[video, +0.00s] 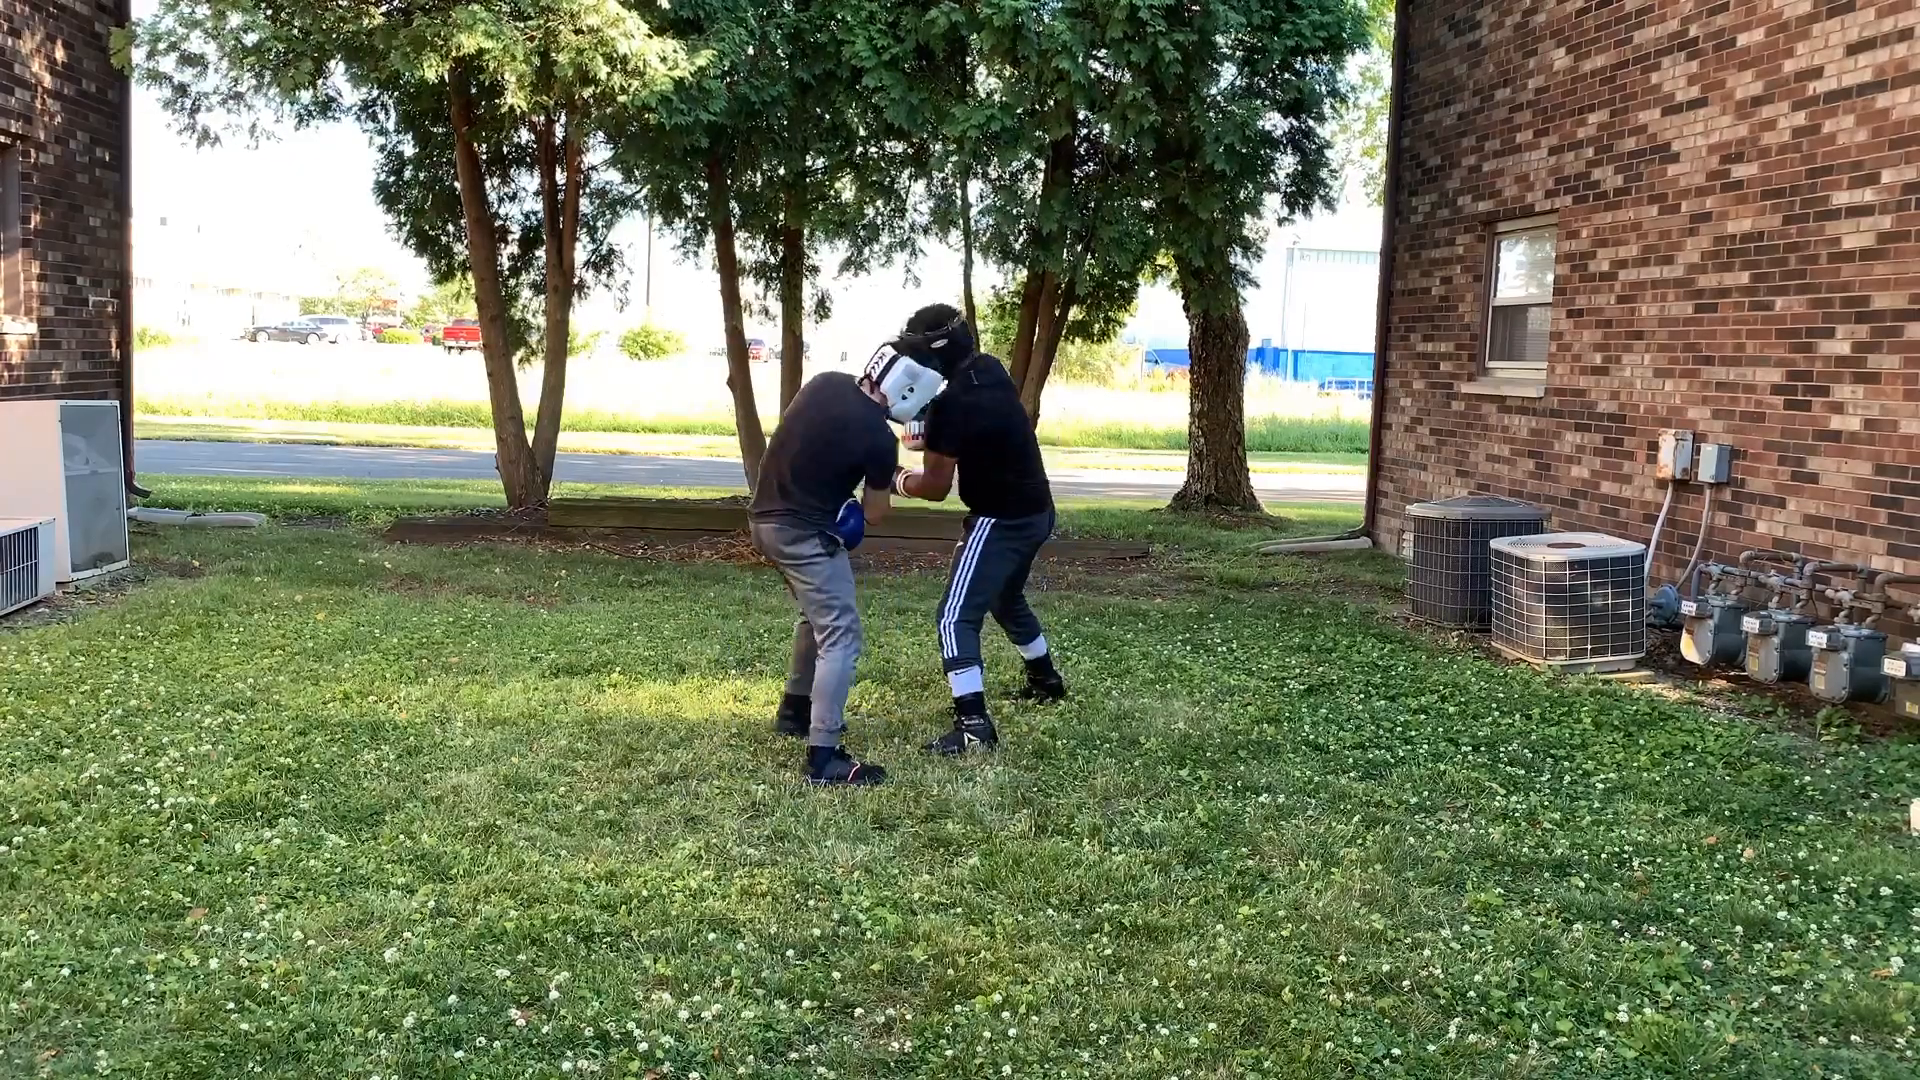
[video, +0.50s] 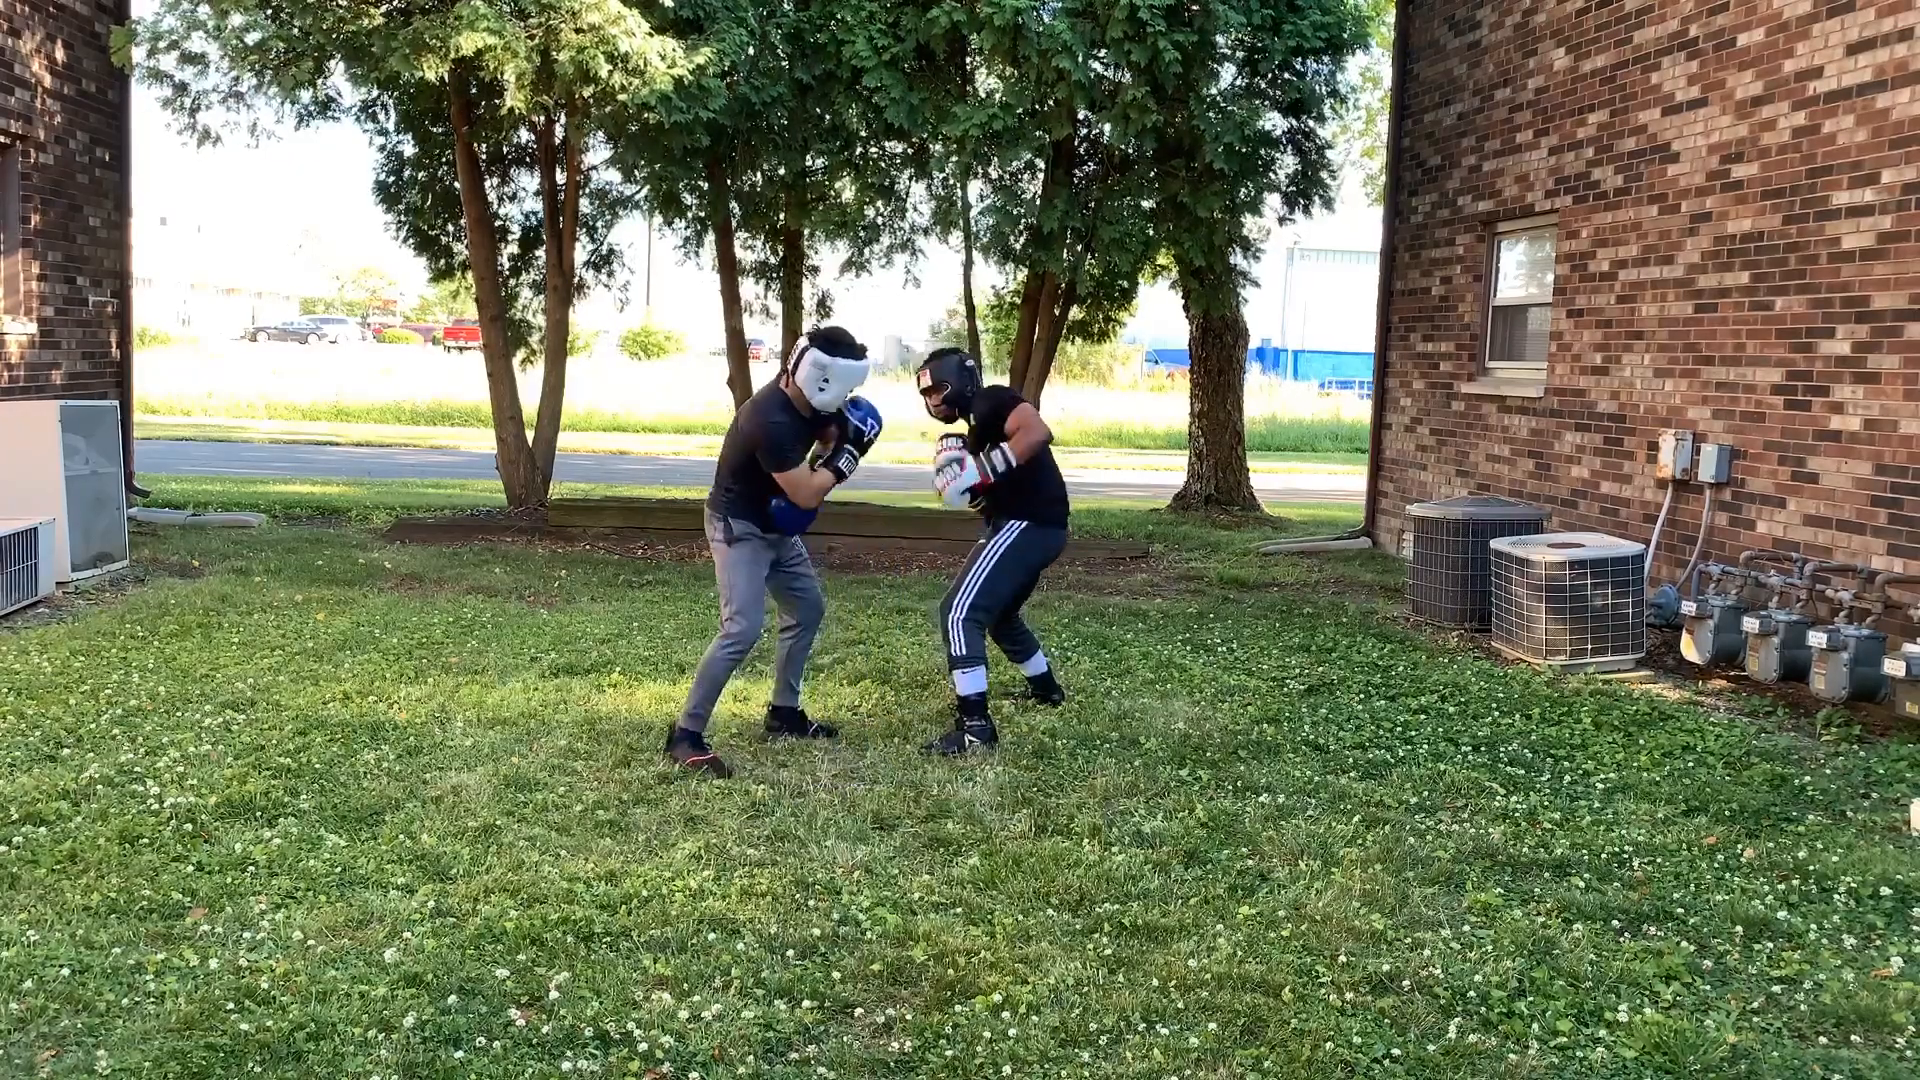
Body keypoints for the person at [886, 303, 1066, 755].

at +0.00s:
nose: (916, 364)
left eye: (919, 356)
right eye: (915, 356)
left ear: (934, 357)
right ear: (965, 342)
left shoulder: (949, 404)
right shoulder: (992, 369)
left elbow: (936, 487)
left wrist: (899, 478)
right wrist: (928, 434)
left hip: (999, 519)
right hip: (1032, 512)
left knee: (955, 616)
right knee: (1006, 602)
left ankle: (973, 724)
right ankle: (1045, 679)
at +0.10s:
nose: (930, 364)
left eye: (931, 354)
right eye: (927, 355)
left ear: (947, 350)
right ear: (970, 343)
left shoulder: (966, 386)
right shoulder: (996, 373)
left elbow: (961, 461)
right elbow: (978, 443)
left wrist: (924, 478)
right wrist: (932, 432)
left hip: (1002, 518)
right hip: (1029, 515)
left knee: (952, 613)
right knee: (1003, 607)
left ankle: (973, 724)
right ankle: (1045, 684)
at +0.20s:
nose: (935, 383)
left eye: (935, 372)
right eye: (931, 374)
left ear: (954, 364)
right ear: (971, 358)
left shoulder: (984, 387)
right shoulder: (992, 389)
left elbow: (1001, 449)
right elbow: (963, 479)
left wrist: (960, 495)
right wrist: (943, 446)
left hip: (1009, 523)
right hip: (1031, 521)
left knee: (947, 614)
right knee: (1000, 608)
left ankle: (971, 722)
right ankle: (1044, 683)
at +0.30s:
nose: (934, 401)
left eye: (936, 391)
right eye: (931, 394)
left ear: (956, 380)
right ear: (968, 376)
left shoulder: (993, 397)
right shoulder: (968, 418)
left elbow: (1031, 442)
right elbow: (962, 494)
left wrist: (994, 493)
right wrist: (952, 451)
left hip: (1016, 523)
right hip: (1035, 527)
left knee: (948, 611)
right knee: (998, 612)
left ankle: (971, 722)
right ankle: (1044, 685)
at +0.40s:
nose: (932, 413)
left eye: (935, 401)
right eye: (928, 404)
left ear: (957, 392)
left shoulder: (988, 401)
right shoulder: (968, 434)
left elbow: (1035, 434)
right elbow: (972, 515)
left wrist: (996, 482)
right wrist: (958, 477)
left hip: (1023, 525)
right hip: (1033, 527)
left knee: (955, 612)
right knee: (996, 616)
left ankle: (973, 724)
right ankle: (1045, 687)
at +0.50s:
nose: (929, 401)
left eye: (931, 391)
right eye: (926, 393)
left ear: (952, 385)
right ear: (958, 385)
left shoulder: (991, 400)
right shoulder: (981, 421)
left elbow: (1037, 432)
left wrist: (986, 465)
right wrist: (962, 470)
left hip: (1025, 524)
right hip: (1030, 525)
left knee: (959, 612)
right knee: (1001, 615)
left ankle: (974, 725)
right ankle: (1045, 687)